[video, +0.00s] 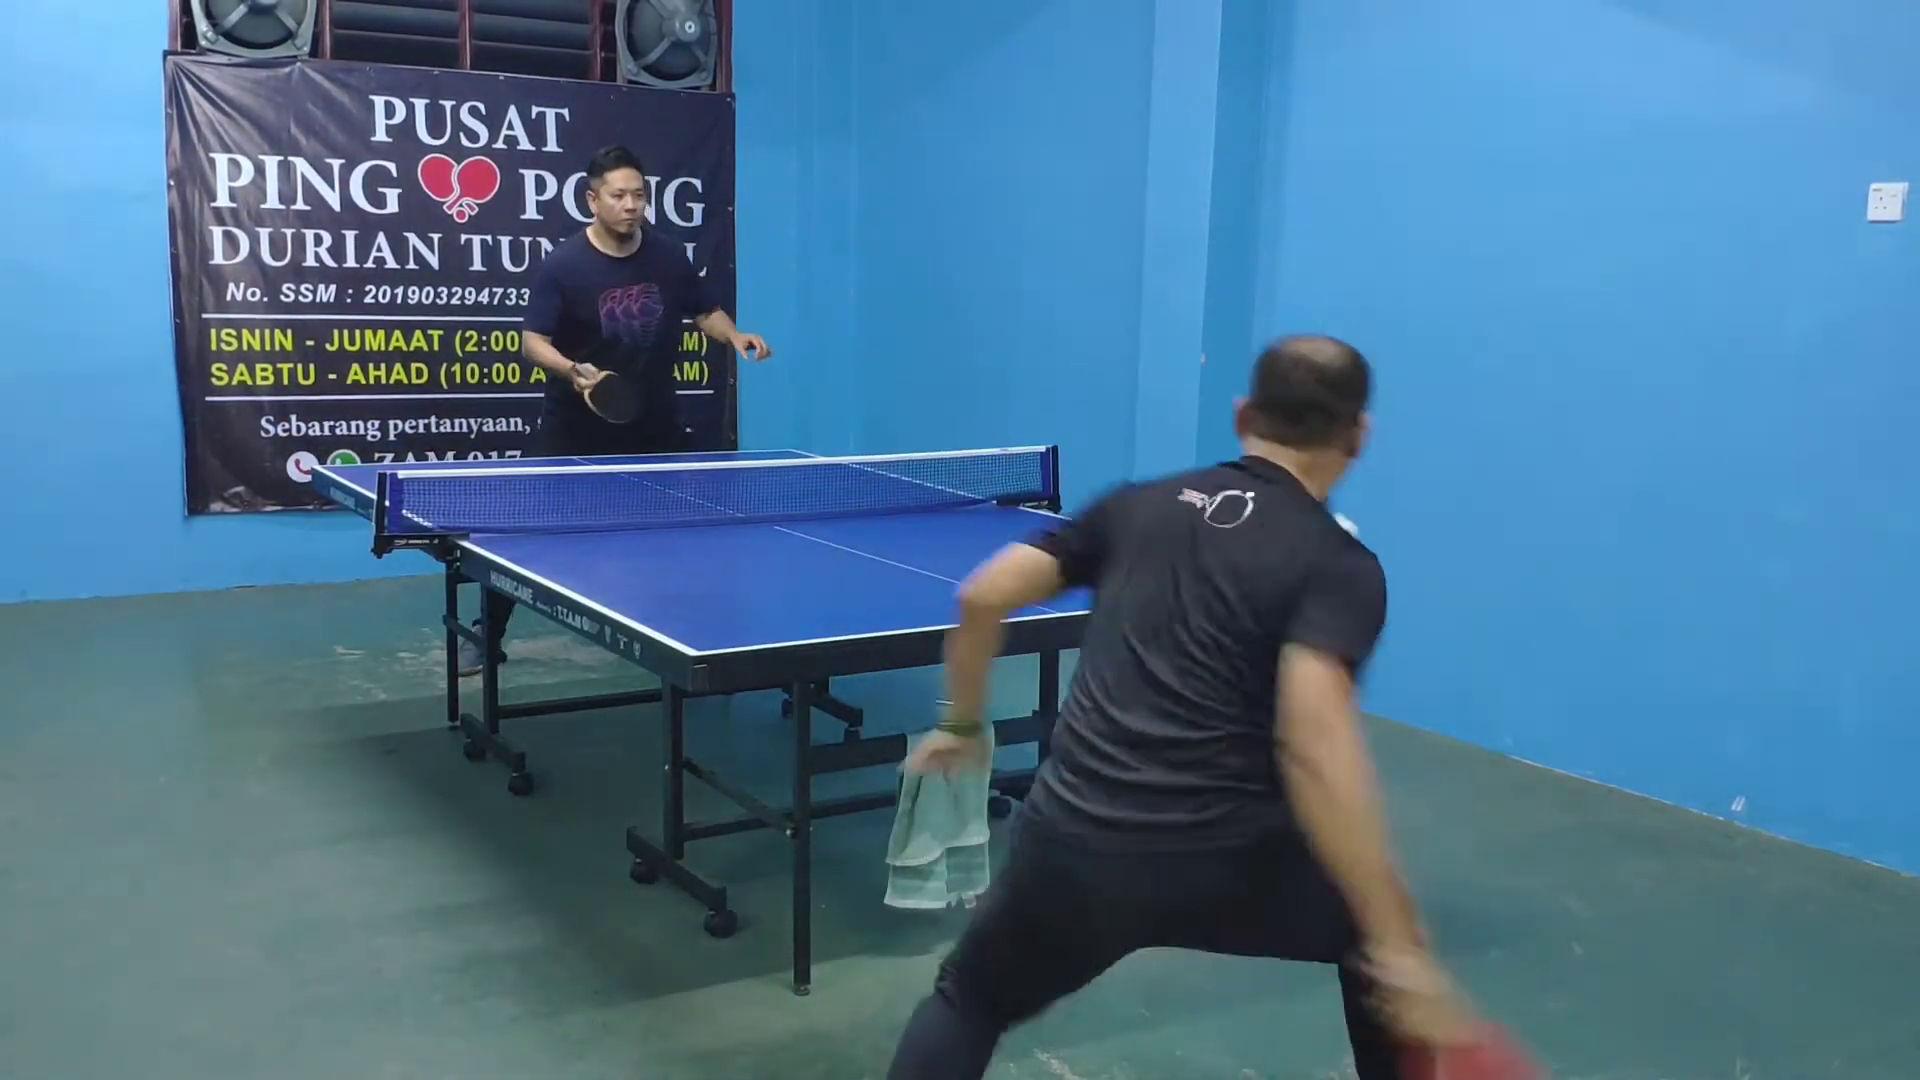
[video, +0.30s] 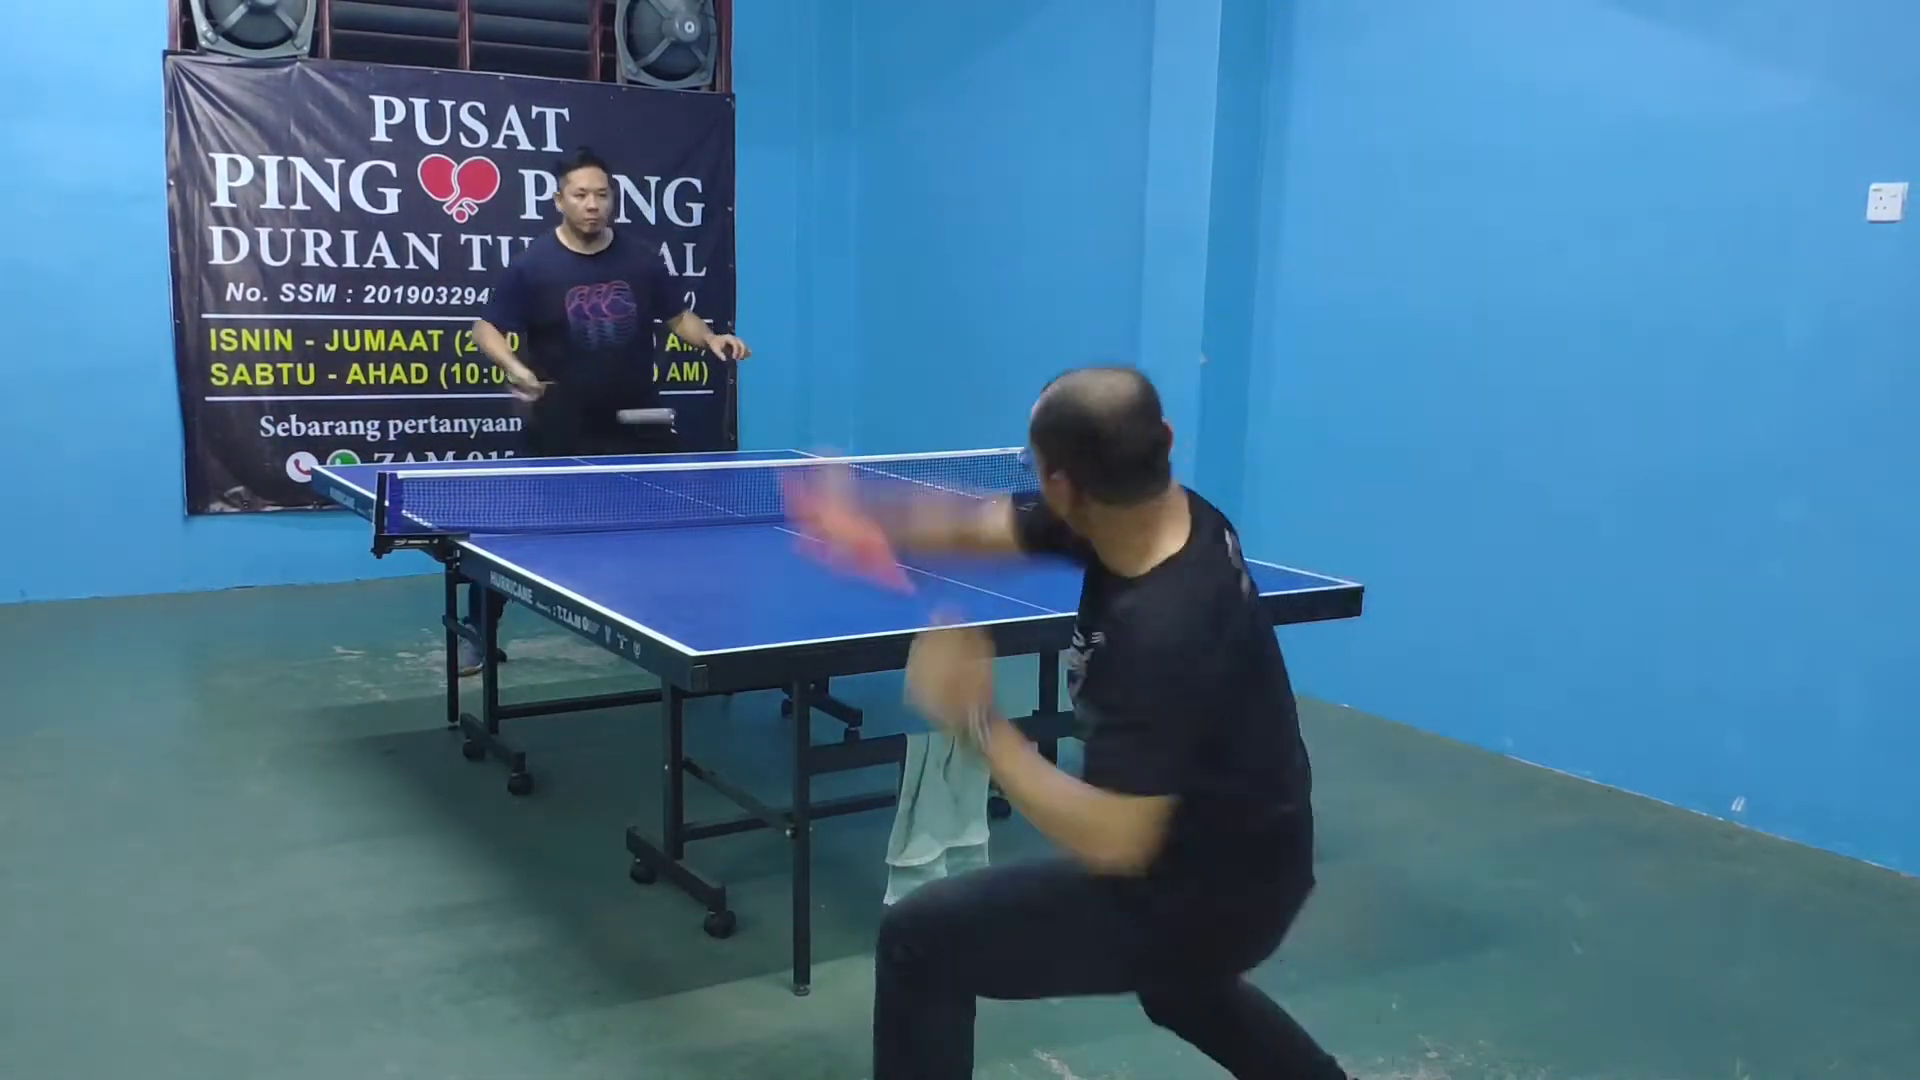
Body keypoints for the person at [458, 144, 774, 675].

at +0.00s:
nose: (631, 204)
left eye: (638, 194)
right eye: (619, 195)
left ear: (646, 198)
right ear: (592, 199)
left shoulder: (666, 254)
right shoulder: (563, 264)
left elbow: (703, 311)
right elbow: (533, 340)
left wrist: (735, 335)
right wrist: (570, 368)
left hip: (655, 422)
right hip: (575, 423)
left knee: (681, 520)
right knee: (527, 520)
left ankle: (692, 643)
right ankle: (489, 634)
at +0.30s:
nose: (593, 204)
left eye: (601, 194)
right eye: (581, 195)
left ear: (614, 200)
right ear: (560, 201)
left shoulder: (639, 257)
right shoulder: (535, 263)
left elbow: (677, 315)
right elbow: (486, 330)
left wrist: (711, 338)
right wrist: (512, 364)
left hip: (635, 424)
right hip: (559, 426)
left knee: (656, 526)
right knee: (516, 526)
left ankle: (673, 637)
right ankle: (478, 634)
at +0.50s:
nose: (505, 221)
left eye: (515, 210)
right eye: (495, 211)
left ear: (536, 210)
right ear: (483, 216)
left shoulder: (582, 257)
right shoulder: (467, 284)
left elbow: (630, 298)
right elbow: (408, 334)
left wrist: (681, 349)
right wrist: (365, 386)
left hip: (605, 427)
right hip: (521, 434)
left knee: (663, 522)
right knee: (471, 524)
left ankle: (695, 639)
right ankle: (436, 636)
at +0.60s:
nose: (489, 216)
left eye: (499, 205)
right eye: (478, 206)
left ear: (519, 207)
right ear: (463, 213)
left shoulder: (565, 252)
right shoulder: (450, 284)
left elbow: (615, 292)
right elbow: (394, 347)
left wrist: (661, 348)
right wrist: (347, 410)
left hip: (594, 419)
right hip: (511, 428)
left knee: (654, 515)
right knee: (464, 519)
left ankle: (691, 634)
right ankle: (437, 636)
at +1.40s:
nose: (560, 171)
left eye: (568, 161)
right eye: (548, 161)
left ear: (577, 170)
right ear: (525, 169)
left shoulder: (608, 235)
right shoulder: (496, 242)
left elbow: (643, 305)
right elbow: (473, 321)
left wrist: (665, 378)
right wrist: (461, 395)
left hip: (607, 404)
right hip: (528, 408)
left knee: (639, 508)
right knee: (505, 515)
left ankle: (650, 626)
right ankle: (495, 627)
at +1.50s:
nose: (562, 171)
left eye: (570, 161)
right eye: (550, 161)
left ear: (581, 169)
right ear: (529, 169)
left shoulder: (613, 236)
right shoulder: (500, 240)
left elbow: (645, 307)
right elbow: (472, 320)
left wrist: (668, 379)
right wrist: (459, 393)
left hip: (611, 403)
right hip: (532, 408)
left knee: (638, 510)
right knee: (512, 516)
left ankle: (649, 627)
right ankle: (495, 627)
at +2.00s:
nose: (609, 179)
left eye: (618, 170)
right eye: (597, 169)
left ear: (627, 179)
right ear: (576, 178)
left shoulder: (658, 240)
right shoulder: (555, 243)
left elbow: (687, 313)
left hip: (643, 397)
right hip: (575, 396)